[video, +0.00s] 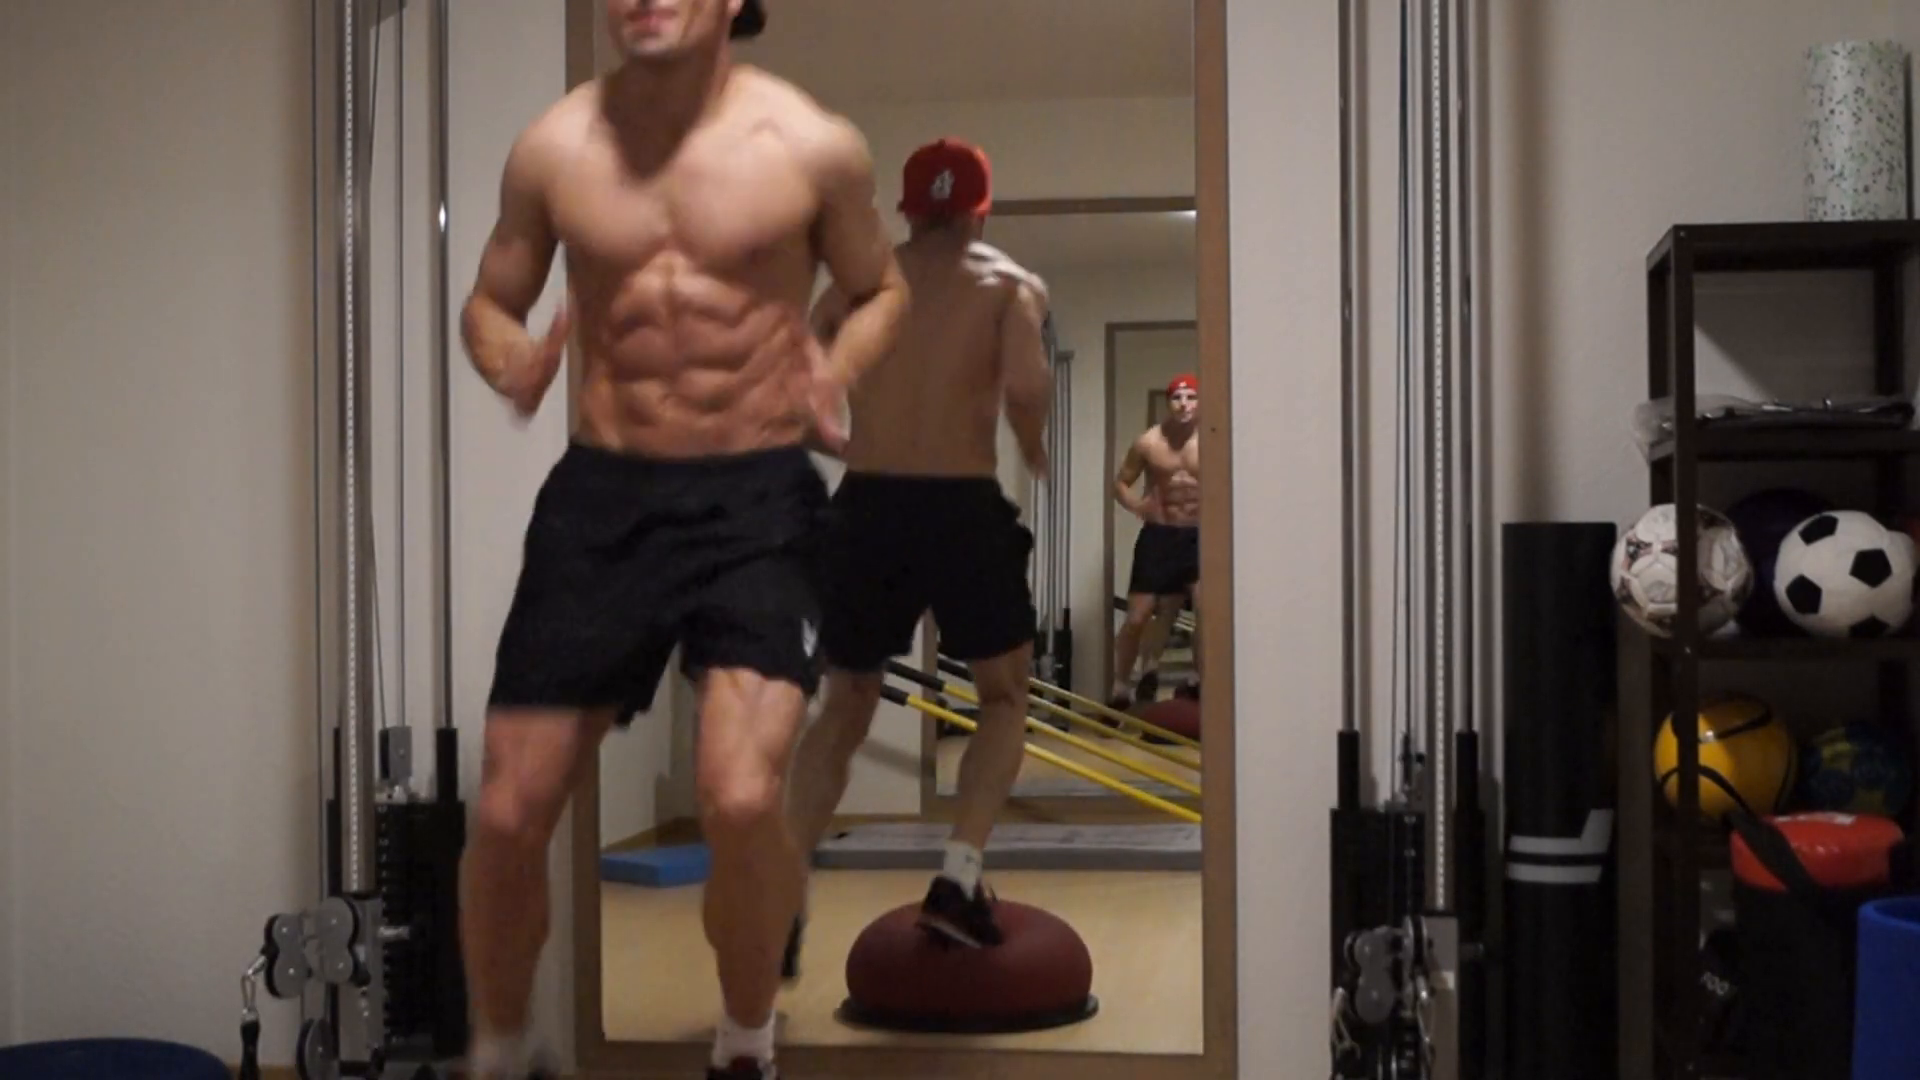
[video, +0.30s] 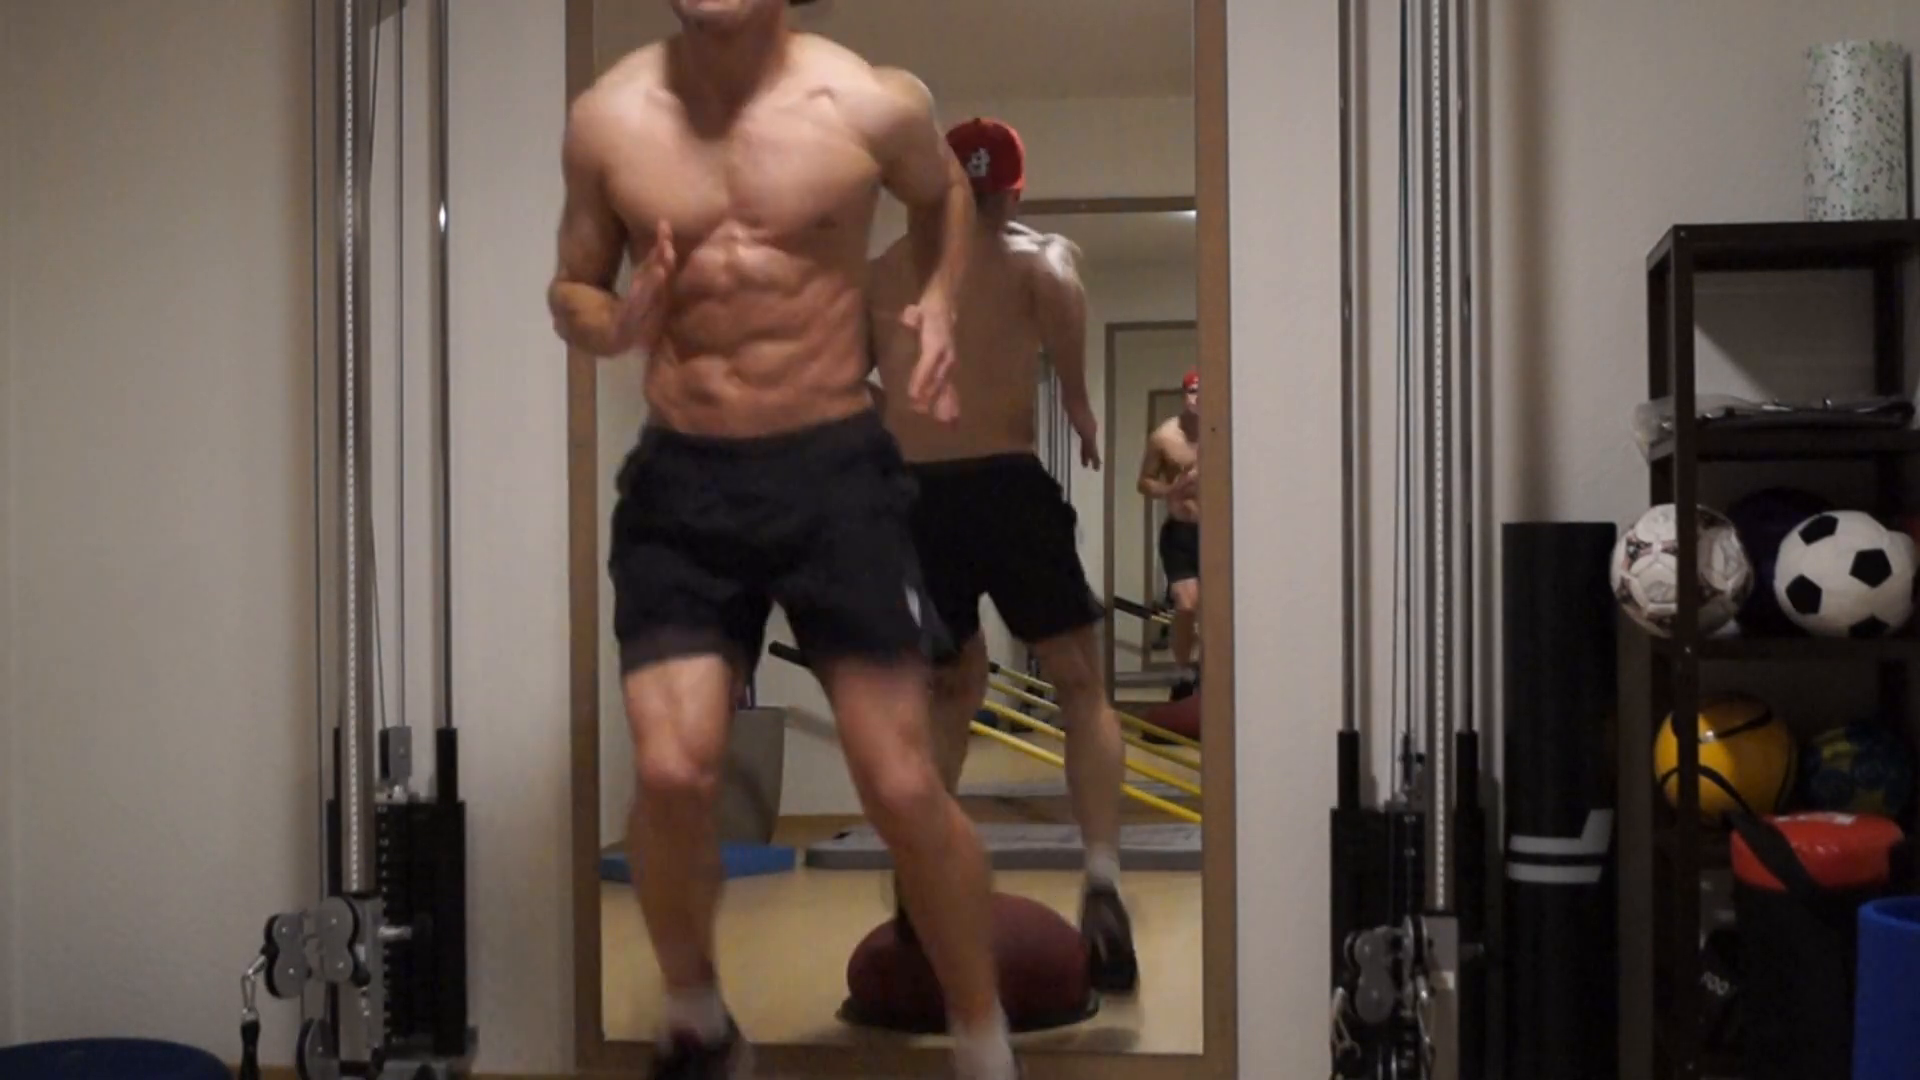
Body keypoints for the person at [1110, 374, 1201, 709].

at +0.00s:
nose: (1184, 404)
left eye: (1191, 398)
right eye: (1177, 398)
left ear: (1200, 403)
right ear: (1168, 404)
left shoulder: (1208, 442)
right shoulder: (1148, 443)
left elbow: (1224, 481)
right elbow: (1121, 484)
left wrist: (1209, 505)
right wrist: (1136, 505)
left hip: (1198, 533)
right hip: (1158, 533)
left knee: (1207, 612)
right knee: (1137, 617)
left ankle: (1202, 681)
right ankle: (1121, 685)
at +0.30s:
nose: (1195, 399)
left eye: (1200, 392)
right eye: (1191, 393)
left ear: (1209, 397)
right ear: (1183, 397)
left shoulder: (1216, 433)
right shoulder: (1164, 436)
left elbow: (1231, 474)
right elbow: (1145, 482)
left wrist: (1208, 480)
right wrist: (1172, 489)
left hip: (1213, 528)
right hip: (1181, 527)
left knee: (1212, 605)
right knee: (1186, 603)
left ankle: (1208, 672)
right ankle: (1183, 671)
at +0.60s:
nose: (1192, 392)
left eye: (1197, 386)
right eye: (1187, 386)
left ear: (1206, 391)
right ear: (1177, 391)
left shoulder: (1213, 428)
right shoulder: (1159, 430)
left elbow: (1228, 468)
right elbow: (1140, 474)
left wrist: (1206, 477)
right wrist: (1162, 489)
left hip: (1208, 519)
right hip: (1174, 520)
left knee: (1213, 602)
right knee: (1178, 600)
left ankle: (1211, 674)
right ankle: (1189, 671)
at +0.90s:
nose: (1177, 393)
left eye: (1185, 387)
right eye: (1172, 386)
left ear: (1197, 392)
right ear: (1164, 391)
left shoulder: (1204, 430)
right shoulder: (1142, 428)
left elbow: (1218, 476)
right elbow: (1117, 456)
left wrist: (1198, 461)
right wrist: (1113, 494)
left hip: (1188, 523)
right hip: (1147, 523)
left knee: (1187, 604)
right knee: (1131, 606)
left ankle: (1192, 678)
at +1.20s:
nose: (1203, 405)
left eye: (1207, 399)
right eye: (1200, 399)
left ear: (1213, 407)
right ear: (1192, 405)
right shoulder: (1173, 438)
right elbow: (1142, 412)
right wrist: (1160, 361)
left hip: (1212, 540)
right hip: (1181, 538)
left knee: (1206, 626)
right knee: (1172, 626)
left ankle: (1198, 698)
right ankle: (1166, 706)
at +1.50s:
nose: (1204, 434)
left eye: (1210, 427)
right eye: (1200, 426)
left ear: (1219, 431)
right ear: (1193, 430)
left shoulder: (1225, 469)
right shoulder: (1175, 471)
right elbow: (1166, 523)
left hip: (1215, 558)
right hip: (1186, 557)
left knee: (1197, 625)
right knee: (1165, 619)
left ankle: (1192, 685)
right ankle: (1168, 707)